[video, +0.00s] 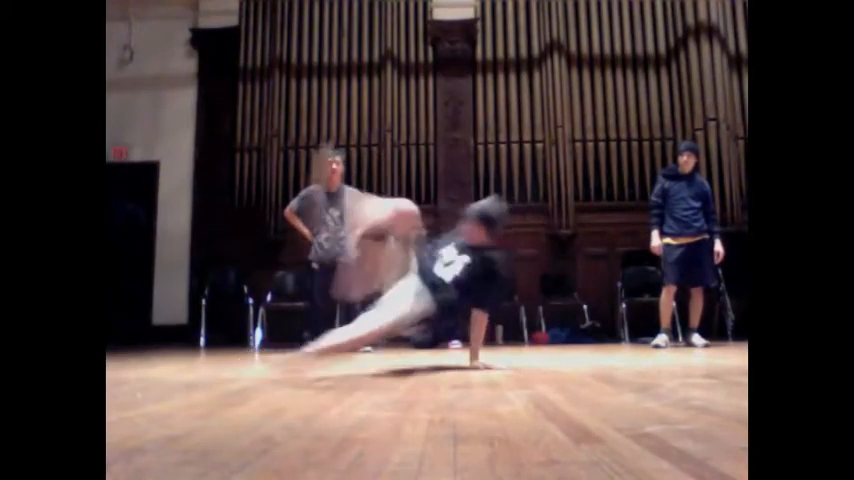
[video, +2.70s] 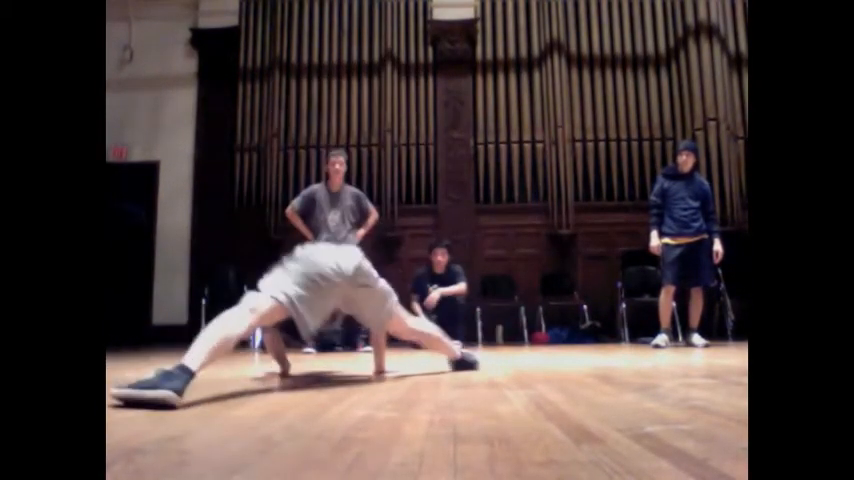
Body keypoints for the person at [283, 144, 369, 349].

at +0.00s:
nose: (333, 171)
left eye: (337, 167)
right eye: (330, 166)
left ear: (342, 171)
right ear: (324, 170)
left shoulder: (351, 194)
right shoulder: (313, 192)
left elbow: (367, 216)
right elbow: (289, 212)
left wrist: (354, 237)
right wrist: (309, 235)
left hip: (346, 256)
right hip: (321, 255)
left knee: (349, 300)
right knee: (320, 300)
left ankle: (348, 338)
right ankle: (318, 337)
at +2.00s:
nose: (337, 169)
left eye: (341, 165)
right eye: (334, 165)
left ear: (347, 169)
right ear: (327, 168)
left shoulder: (351, 195)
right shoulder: (316, 191)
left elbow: (373, 220)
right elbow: (291, 211)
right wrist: (312, 238)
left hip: (345, 251)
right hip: (324, 250)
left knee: (339, 293)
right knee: (318, 294)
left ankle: (338, 337)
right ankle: (313, 337)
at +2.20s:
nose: (337, 167)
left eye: (341, 163)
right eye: (334, 163)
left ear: (346, 167)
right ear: (326, 167)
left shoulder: (354, 194)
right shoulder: (314, 192)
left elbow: (373, 214)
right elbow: (290, 211)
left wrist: (360, 234)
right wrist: (307, 233)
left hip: (350, 259)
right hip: (318, 257)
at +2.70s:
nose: (337, 167)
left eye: (340, 164)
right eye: (334, 163)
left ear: (345, 167)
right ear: (326, 167)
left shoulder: (354, 194)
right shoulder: (314, 192)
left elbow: (373, 214)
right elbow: (291, 212)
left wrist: (360, 233)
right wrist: (310, 236)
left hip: (349, 248)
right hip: (320, 248)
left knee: (359, 294)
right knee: (316, 294)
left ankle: (353, 340)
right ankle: (313, 340)